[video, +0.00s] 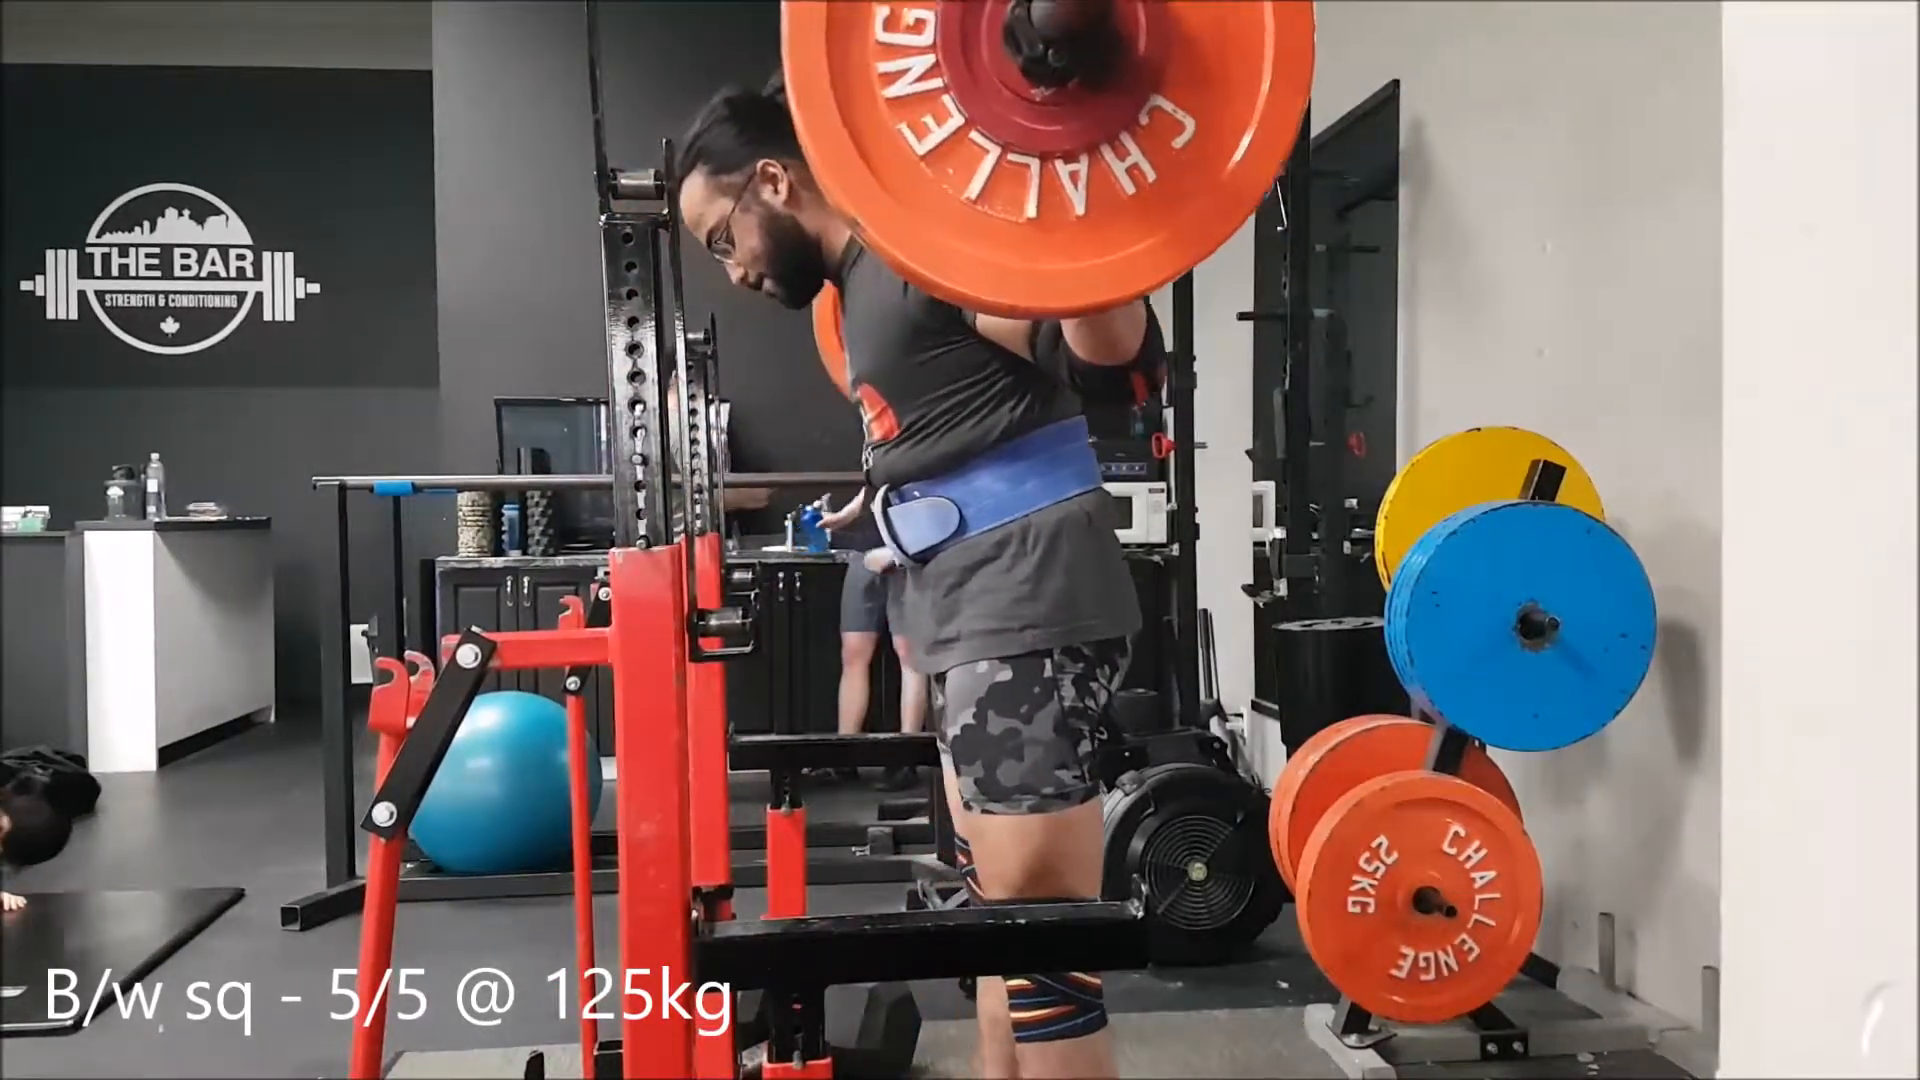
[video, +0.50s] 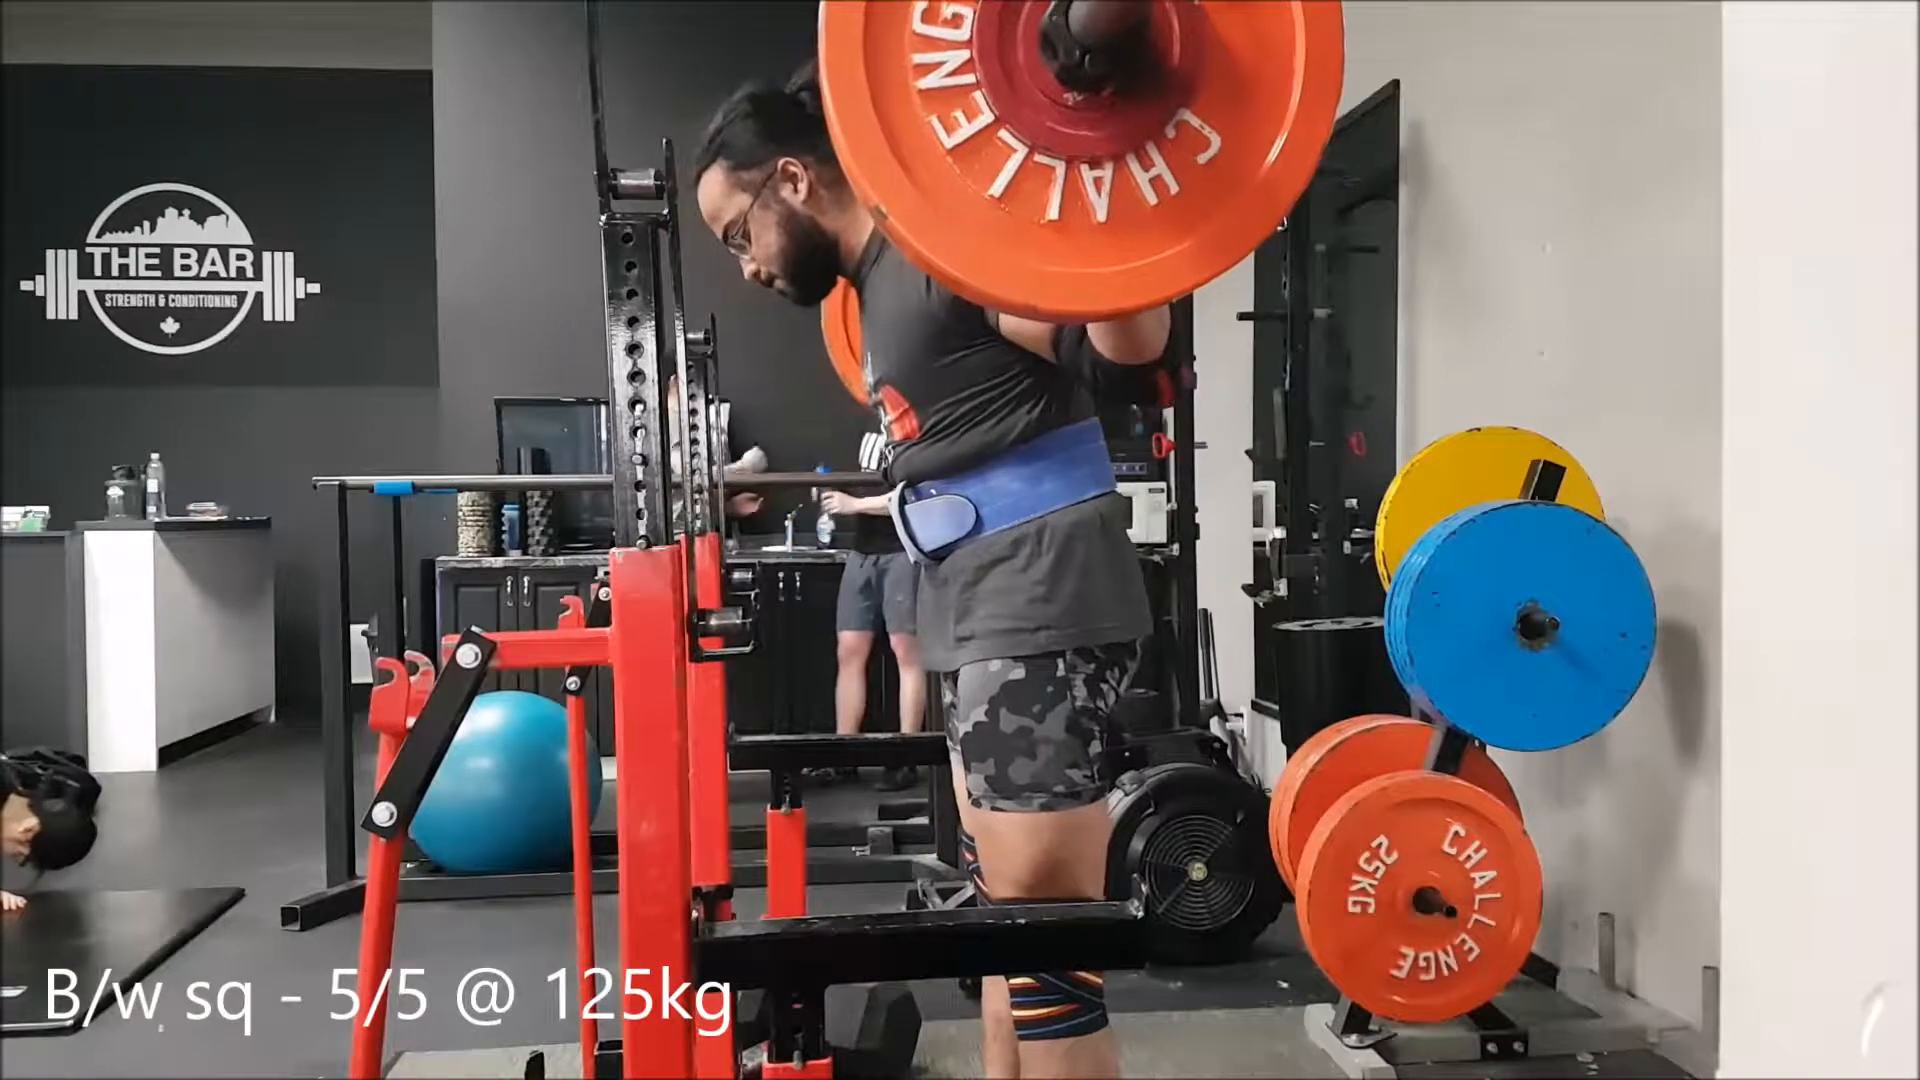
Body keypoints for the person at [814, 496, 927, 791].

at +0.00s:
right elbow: (875, 483)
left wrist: (898, 551)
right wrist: (845, 514)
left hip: (910, 553)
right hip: (865, 550)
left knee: (909, 651)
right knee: (854, 651)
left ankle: (907, 756)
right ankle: (844, 754)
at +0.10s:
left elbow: (928, 501)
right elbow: (879, 483)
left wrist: (877, 531)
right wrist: (845, 506)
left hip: (907, 552)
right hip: (866, 551)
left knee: (908, 649)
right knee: (854, 650)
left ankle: (908, 756)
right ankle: (844, 754)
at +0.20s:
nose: (870, 395)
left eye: (880, 383)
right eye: (870, 388)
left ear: (905, 391)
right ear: (869, 396)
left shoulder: (923, 436)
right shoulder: (877, 432)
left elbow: (917, 501)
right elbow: (880, 485)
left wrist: (862, 515)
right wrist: (852, 493)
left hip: (905, 553)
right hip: (865, 552)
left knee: (908, 651)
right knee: (854, 650)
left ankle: (906, 754)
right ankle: (844, 752)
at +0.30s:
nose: (875, 399)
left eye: (883, 394)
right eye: (873, 394)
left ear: (905, 394)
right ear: (869, 399)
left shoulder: (922, 435)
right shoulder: (873, 436)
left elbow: (913, 494)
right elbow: (878, 489)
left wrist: (857, 502)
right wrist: (850, 497)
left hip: (904, 553)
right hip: (864, 552)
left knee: (907, 650)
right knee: (853, 650)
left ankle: (907, 756)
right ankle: (844, 753)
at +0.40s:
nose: (876, 398)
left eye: (883, 390)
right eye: (873, 391)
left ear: (905, 394)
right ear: (869, 398)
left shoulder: (920, 436)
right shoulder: (871, 435)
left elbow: (910, 496)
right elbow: (876, 490)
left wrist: (854, 500)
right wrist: (844, 498)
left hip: (902, 553)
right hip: (862, 552)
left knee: (906, 650)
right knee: (851, 650)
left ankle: (907, 756)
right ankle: (844, 754)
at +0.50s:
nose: (875, 394)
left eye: (882, 381)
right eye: (871, 382)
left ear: (904, 389)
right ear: (869, 392)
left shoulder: (920, 434)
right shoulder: (871, 431)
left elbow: (913, 497)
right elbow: (870, 488)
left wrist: (856, 503)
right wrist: (839, 497)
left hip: (901, 553)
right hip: (862, 552)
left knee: (905, 649)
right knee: (850, 649)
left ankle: (907, 755)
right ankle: (843, 754)